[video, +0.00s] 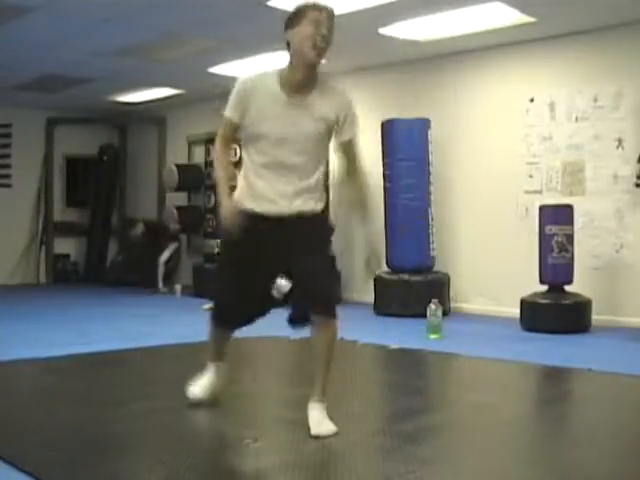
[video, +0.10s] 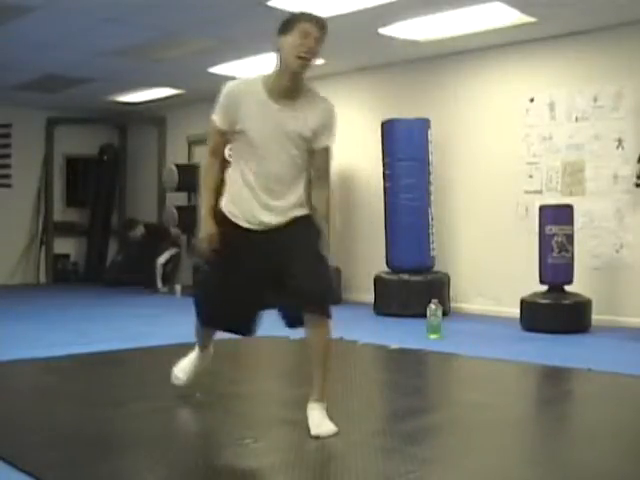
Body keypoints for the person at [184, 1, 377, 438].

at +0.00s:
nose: (321, 38)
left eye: (327, 34)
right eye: (313, 29)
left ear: (330, 44)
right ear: (290, 33)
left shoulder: (337, 100)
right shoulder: (249, 88)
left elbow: (349, 162)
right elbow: (223, 144)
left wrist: (359, 210)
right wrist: (225, 198)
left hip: (307, 222)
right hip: (252, 217)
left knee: (325, 309)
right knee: (227, 305)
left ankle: (318, 403)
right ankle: (215, 368)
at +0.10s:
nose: (308, 47)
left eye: (315, 43)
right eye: (302, 37)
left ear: (319, 53)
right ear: (279, 40)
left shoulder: (320, 110)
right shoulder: (238, 94)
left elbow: (320, 182)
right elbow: (213, 155)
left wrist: (322, 241)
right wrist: (206, 217)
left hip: (294, 225)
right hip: (238, 223)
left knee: (318, 306)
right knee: (210, 304)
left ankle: (316, 403)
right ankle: (201, 351)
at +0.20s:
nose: (271, 43)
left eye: (279, 38)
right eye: (266, 33)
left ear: (286, 45)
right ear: (251, 34)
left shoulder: (292, 98)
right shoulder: (213, 87)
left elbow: (299, 166)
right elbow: (194, 147)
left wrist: (300, 223)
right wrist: (186, 201)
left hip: (273, 216)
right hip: (216, 213)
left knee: (297, 301)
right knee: (193, 297)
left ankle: (314, 397)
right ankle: (198, 352)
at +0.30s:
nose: (230, 52)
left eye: (238, 45)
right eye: (225, 43)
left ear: (247, 48)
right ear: (212, 45)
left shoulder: (264, 102)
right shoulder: (189, 101)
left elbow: (285, 165)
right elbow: (174, 157)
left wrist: (296, 220)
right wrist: (157, 205)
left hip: (254, 217)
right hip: (200, 218)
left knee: (276, 302)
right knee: (177, 299)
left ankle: (300, 391)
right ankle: (194, 366)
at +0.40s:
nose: (195, 66)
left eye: (204, 59)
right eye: (190, 58)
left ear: (218, 63)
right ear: (182, 63)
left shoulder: (241, 110)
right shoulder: (174, 113)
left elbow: (274, 164)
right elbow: (167, 168)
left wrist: (300, 210)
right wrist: (143, 214)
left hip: (236, 221)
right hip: (190, 223)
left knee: (249, 304)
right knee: (168, 302)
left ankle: (266, 387)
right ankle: (195, 370)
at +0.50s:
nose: (175, 55)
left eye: (184, 48)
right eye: (172, 48)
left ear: (204, 53)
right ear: (168, 54)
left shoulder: (231, 95)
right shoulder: (169, 102)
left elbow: (272, 139)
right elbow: (166, 152)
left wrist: (303, 179)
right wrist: (151, 195)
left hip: (228, 203)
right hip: (187, 205)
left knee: (219, 292)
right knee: (176, 291)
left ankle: (225, 376)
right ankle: (192, 368)